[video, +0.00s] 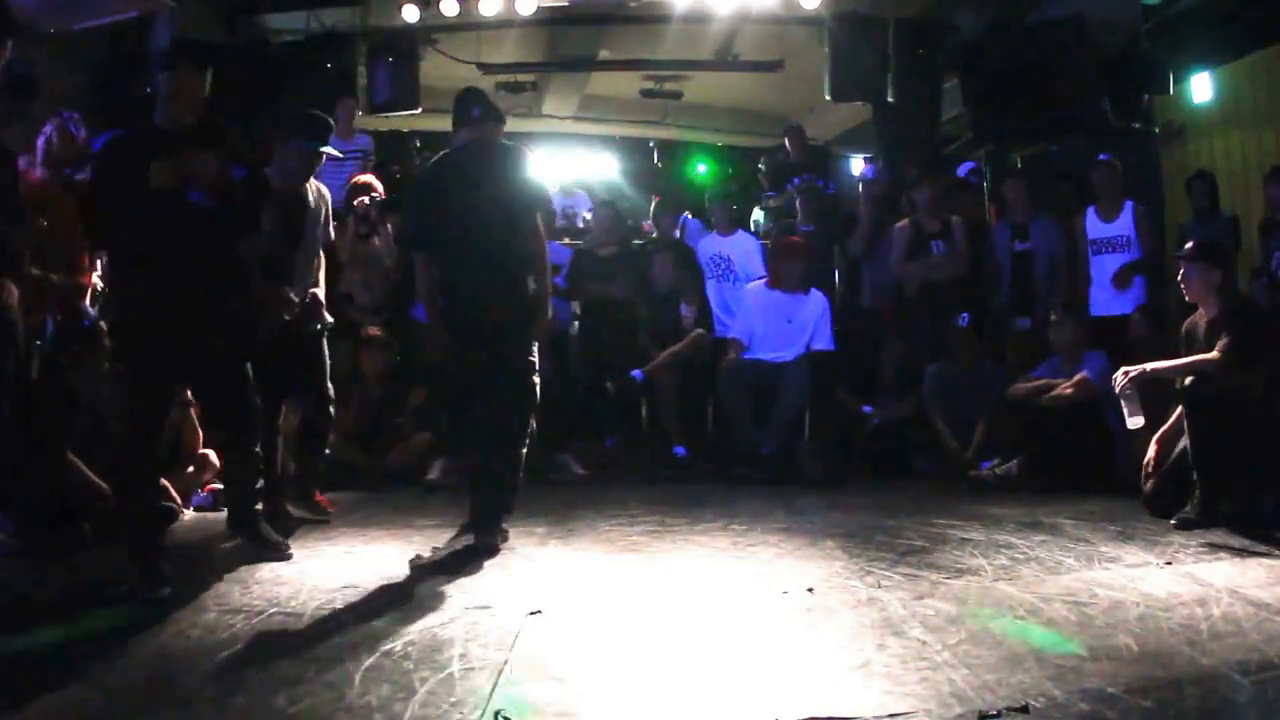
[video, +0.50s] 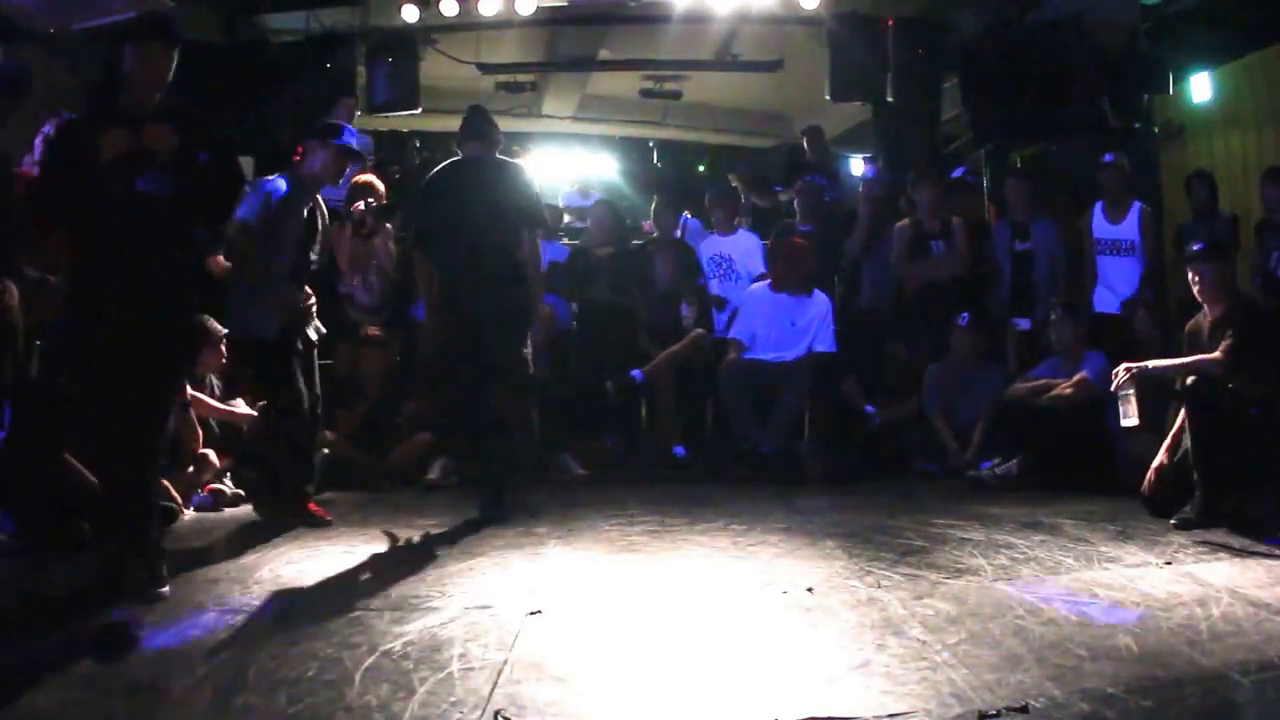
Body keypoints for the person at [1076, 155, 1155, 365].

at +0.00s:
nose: (1104, 183)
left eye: (1108, 177)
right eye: (1100, 177)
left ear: (1118, 180)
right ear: (1093, 181)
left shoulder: (1135, 214)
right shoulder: (1085, 219)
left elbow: (1151, 254)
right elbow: (1082, 261)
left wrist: (1129, 270)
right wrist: (1081, 295)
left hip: (1132, 304)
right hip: (1100, 306)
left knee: (1135, 364)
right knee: (1104, 365)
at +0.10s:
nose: (1104, 181)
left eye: (1109, 175)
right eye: (1099, 175)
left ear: (1118, 178)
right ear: (1093, 180)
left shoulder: (1137, 213)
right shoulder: (1086, 219)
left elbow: (1152, 256)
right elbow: (1083, 263)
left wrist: (1129, 270)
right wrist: (1083, 300)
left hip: (1134, 307)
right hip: (1101, 308)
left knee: (1136, 365)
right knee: (1104, 365)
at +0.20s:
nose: (1104, 180)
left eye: (1109, 174)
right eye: (1100, 174)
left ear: (1119, 177)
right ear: (1093, 179)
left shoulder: (1138, 213)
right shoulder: (1086, 218)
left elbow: (1152, 255)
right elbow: (1084, 262)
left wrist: (1129, 271)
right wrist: (1084, 300)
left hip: (1134, 305)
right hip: (1102, 307)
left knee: (1137, 363)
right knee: (1106, 363)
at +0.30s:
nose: (1108, 181)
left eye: (1113, 175)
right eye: (1103, 175)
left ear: (1122, 179)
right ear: (1098, 179)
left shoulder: (1139, 213)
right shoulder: (1088, 217)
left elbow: (1152, 256)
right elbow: (1084, 260)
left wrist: (1129, 272)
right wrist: (1084, 299)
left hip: (1135, 303)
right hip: (1103, 305)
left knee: (1138, 362)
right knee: (1106, 363)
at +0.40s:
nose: (1108, 180)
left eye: (1113, 174)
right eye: (1104, 175)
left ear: (1123, 178)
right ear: (1099, 179)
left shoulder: (1141, 213)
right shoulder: (1090, 216)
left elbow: (1150, 259)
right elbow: (1088, 260)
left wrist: (1129, 282)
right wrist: (1086, 296)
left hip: (1135, 305)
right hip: (1103, 305)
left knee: (1138, 362)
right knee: (1107, 363)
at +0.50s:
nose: (1109, 180)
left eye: (1114, 174)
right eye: (1105, 174)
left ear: (1124, 177)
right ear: (1100, 178)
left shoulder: (1142, 214)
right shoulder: (1092, 215)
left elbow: (1149, 260)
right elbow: (1089, 259)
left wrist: (1139, 297)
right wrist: (1088, 295)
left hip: (1134, 302)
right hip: (1103, 302)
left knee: (1135, 362)